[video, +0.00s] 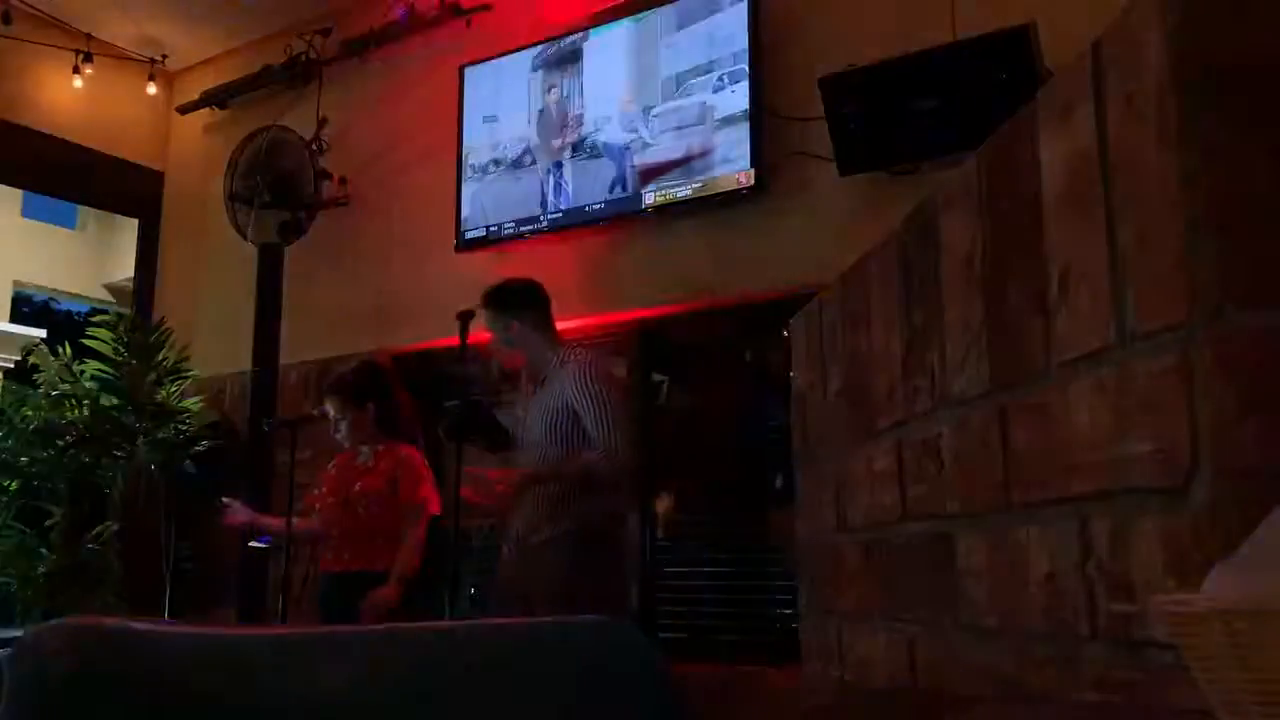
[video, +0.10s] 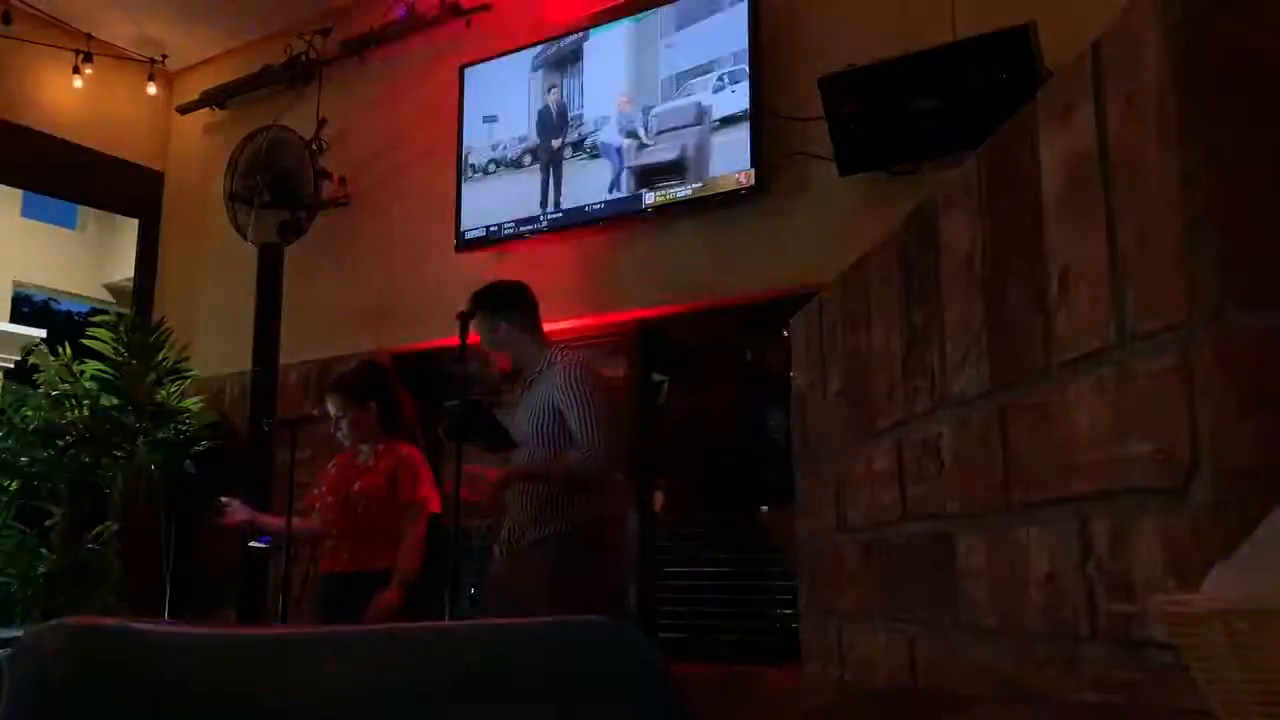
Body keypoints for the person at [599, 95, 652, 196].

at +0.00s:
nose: (629, 106)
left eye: (631, 103)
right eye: (626, 103)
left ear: (633, 103)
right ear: (621, 104)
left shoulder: (635, 114)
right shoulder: (617, 114)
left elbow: (640, 127)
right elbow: (614, 134)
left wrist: (647, 139)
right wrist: (630, 137)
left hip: (624, 144)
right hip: (611, 143)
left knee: (625, 168)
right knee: (621, 168)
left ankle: (625, 191)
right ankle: (610, 192)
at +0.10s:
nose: (625, 106)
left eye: (627, 103)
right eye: (623, 103)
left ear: (631, 104)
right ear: (618, 104)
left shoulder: (634, 114)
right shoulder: (616, 115)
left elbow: (639, 127)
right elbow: (613, 132)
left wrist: (644, 140)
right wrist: (622, 141)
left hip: (618, 144)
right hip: (607, 142)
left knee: (620, 167)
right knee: (617, 166)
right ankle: (610, 192)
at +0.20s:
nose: (619, 106)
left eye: (622, 103)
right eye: (617, 104)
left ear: (626, 104)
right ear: (614, 105)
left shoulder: (628, 115)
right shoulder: (611, 116)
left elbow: (634, 126)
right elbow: (607, 133)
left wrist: (638, 141)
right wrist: (616, 142)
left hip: (614, 144)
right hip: (604, 143)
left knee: (615, 168)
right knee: (609, 165)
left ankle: (609, 193)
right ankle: (602, 190)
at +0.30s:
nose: (616, 106)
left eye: (619, 104)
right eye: (614, 104)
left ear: (624, 104)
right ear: (611, 105)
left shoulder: (628, 116)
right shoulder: (609, 116)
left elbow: (632, 129)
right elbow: (605, 133)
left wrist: (634, 142)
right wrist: (612, 144)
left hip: (615, 145)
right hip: (602, 143)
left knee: (616, 168)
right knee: (600, 169)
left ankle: (610, 192)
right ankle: (592, 189)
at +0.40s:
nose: (612, 108)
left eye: (615, 105)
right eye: (610, 105)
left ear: (620, 105)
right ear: (607, 106)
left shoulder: (622, 117)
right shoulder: (605, 117)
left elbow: (627, 130)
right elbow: (600, 134)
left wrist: (629, 143)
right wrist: (608, 145)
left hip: (612, 146)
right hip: (599, 144)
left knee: (613, 168)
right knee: (591, 171)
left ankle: (612, 191)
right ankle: (582, 195)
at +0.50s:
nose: (609, 108)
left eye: (612, 105)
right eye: (607, 105)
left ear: (617, 106)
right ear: (605, 106)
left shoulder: (621, 118)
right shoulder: (602, 118)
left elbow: (624, 132)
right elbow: (596, 138)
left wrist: (626, 144)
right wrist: (605, 147)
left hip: (610, 149)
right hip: (596, 148)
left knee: (610, 173)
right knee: (588, 172)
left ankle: (609, 196)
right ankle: (581, 195)